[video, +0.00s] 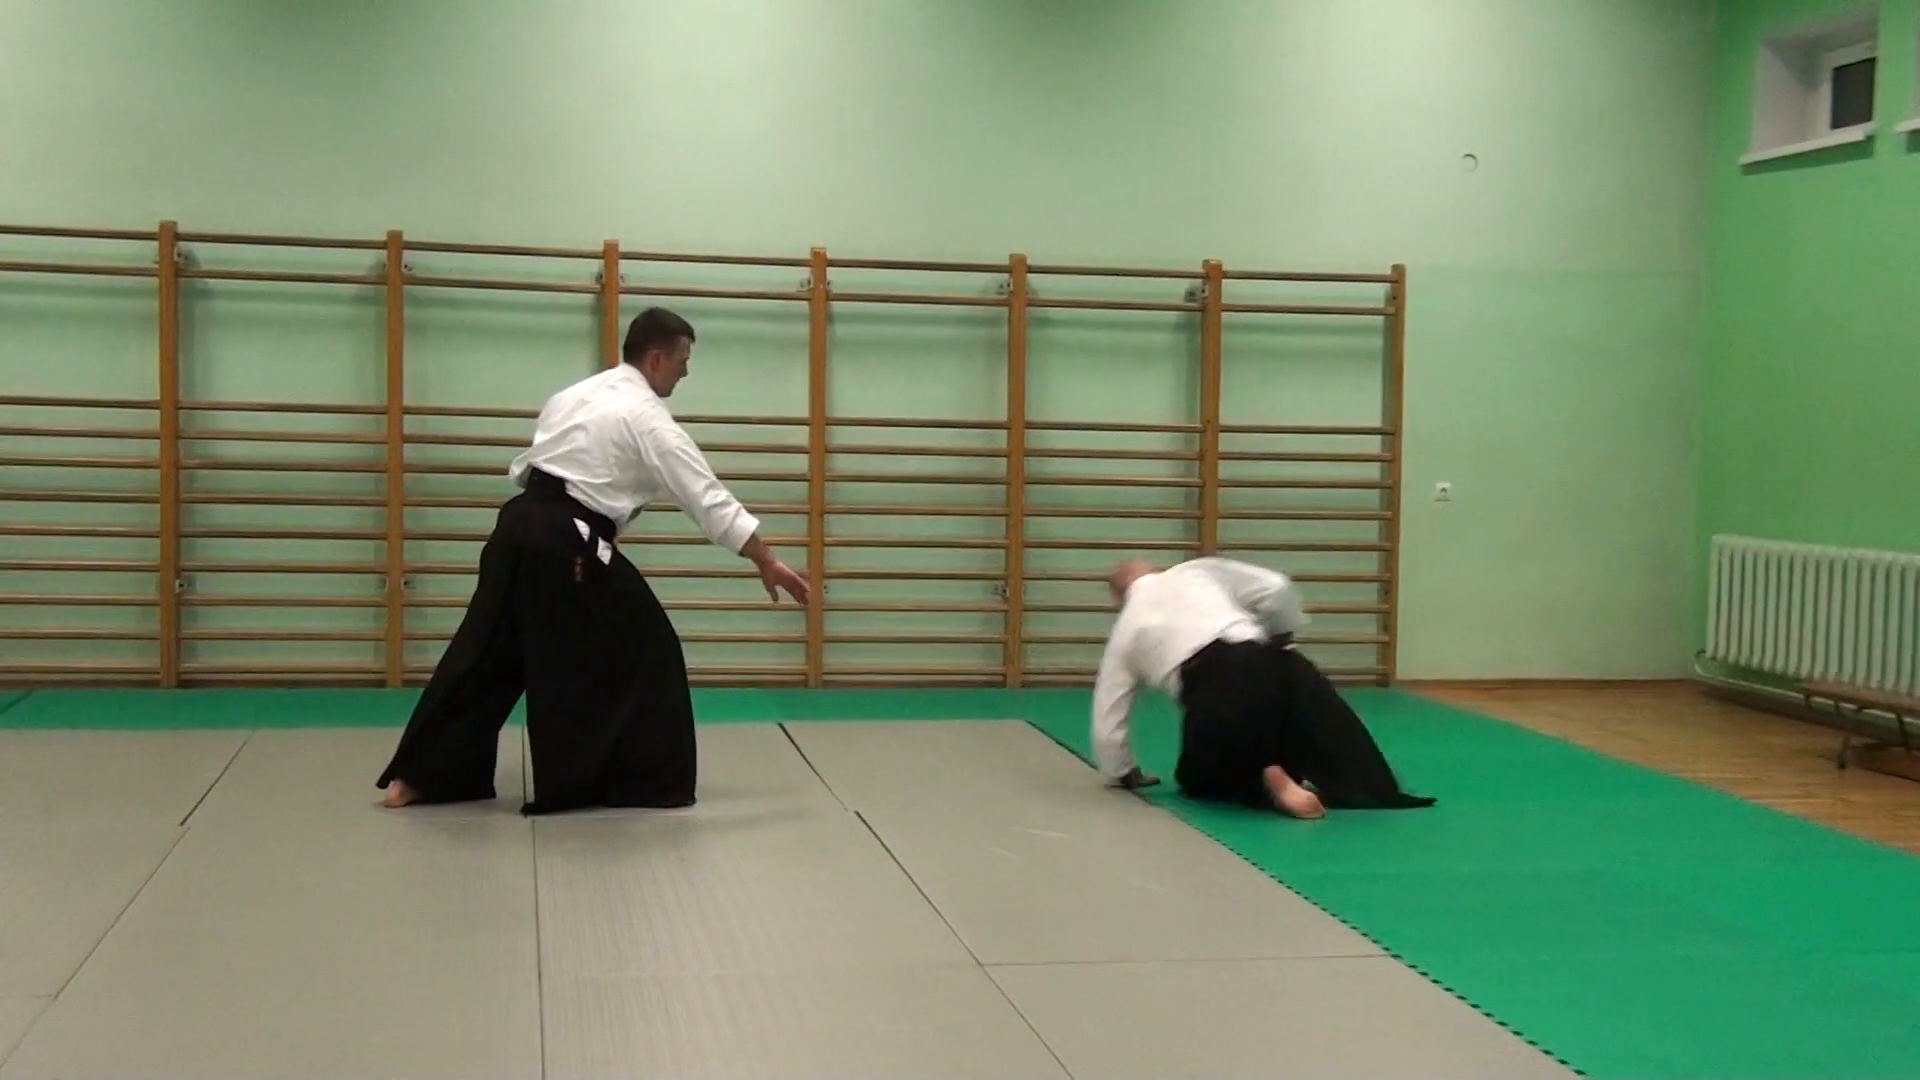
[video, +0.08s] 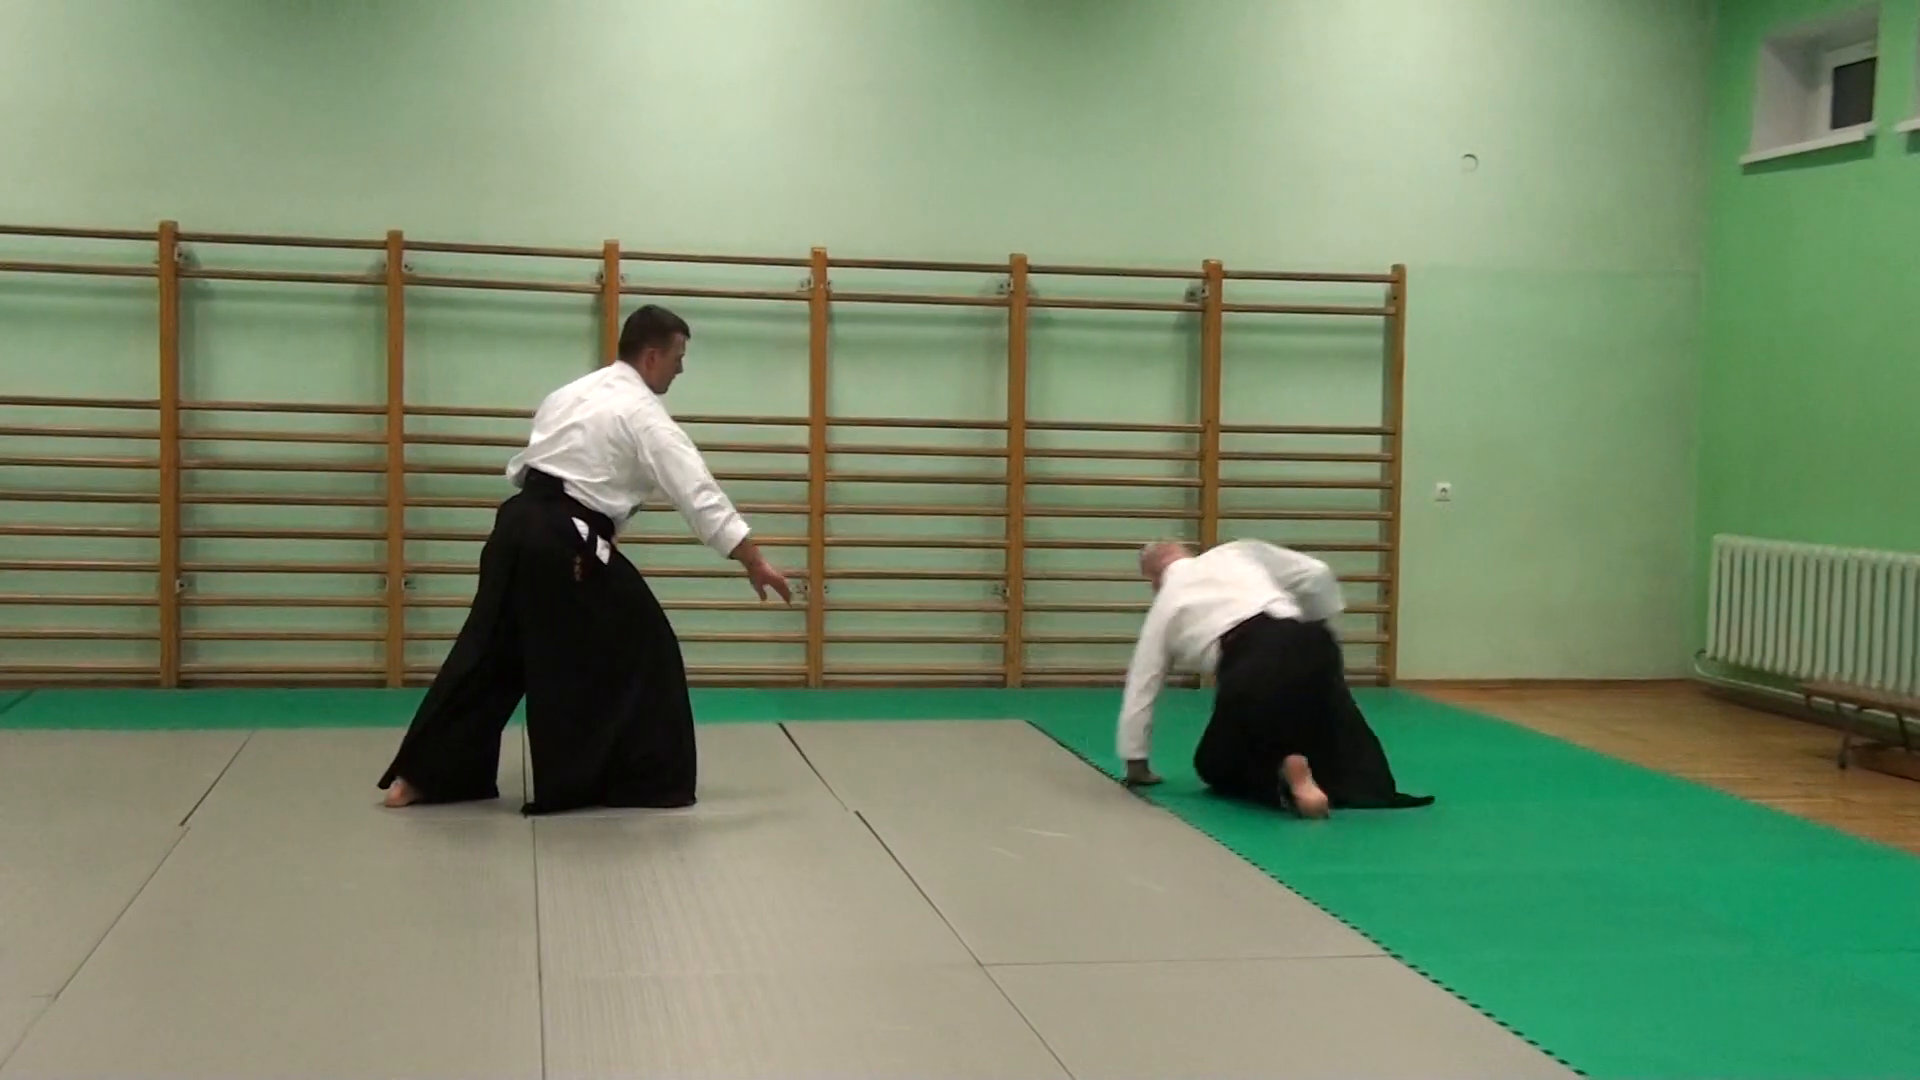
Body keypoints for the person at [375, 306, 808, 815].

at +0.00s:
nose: (683, 375)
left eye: (685, 364)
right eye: (682, 363)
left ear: (639, 353)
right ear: (655, 356)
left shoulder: (573, 394)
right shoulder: (649, 416)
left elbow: (535, 469)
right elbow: (706, 495)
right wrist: (768, 561)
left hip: (517, 528)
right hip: (573, 542)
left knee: (482, 654)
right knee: (652, 649)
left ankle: (413, 776)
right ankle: (652, 780)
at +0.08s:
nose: (681, 367)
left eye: (682, 357)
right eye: (678, 356)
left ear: (637, 351)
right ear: (651, 355)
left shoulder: (570, 392)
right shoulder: (644, 411)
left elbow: (529, 467)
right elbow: (697, 491)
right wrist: (754, 558)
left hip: (515, 527)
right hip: (572, 541)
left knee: (483, 654)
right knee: (650, 647)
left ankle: (413, 775)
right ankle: (652, 780)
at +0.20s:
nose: (661, 362)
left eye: (662, 350)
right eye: (658, 349)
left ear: (617, 348)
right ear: (632, 349)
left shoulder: (554, 389)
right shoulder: (626, 405)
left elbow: (516, 467)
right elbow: (672, 488)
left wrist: (583, 514)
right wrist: (712, 568)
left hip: (507, 528)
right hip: (564, 538)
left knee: (493, 657)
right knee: (641, 646)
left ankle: (415, 772)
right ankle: (654, 777)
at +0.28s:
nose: (639, 354)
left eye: (639, 343)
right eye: (634, 342)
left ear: (594, 341)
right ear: (608, 342)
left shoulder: (533, 388)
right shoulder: (607, 405)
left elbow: (497, 472)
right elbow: (643, 495)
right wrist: (671, 579)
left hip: (496, 530)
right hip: (554, 542)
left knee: (490, 659)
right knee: (633, 647)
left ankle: (413, 771)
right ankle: (646, 777)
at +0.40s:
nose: (592, 342)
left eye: (592, 331)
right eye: (587, 331)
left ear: (545, 331)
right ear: (562, 330)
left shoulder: (494, 382)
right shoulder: (564, 398)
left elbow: (464, 468)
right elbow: (575, 485)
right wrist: (585, 568)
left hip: (470, 527)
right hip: (522, 536)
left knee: (479, 657)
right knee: (607, 639)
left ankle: (415, 772)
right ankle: (651, 774)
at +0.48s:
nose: (560, 331)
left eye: (559, 320)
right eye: (554, 320)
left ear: (511, 323)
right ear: (527, 322)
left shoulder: (466, 375)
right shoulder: (527, 388)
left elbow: (442, 463)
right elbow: (527, 478)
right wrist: (533, 560)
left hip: (447, 524)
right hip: (495, 528)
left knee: (464, 653)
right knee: (581, 640)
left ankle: (413, 773)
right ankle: (631, 763)